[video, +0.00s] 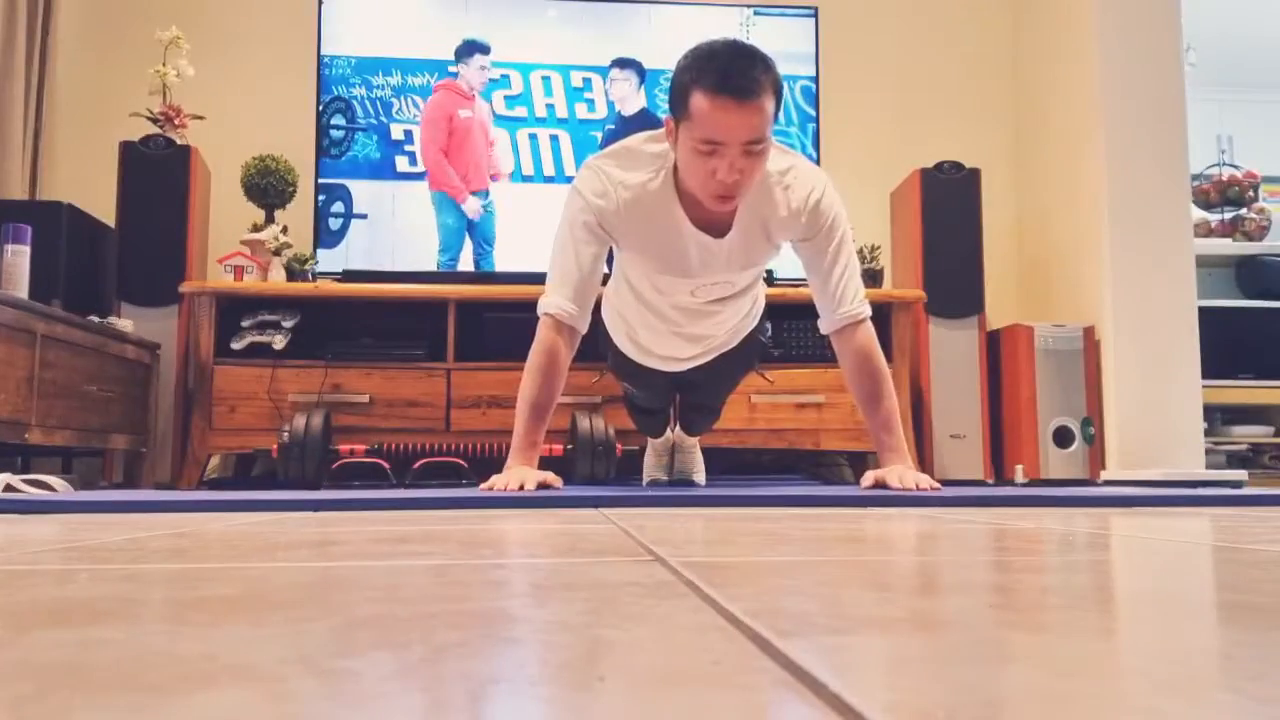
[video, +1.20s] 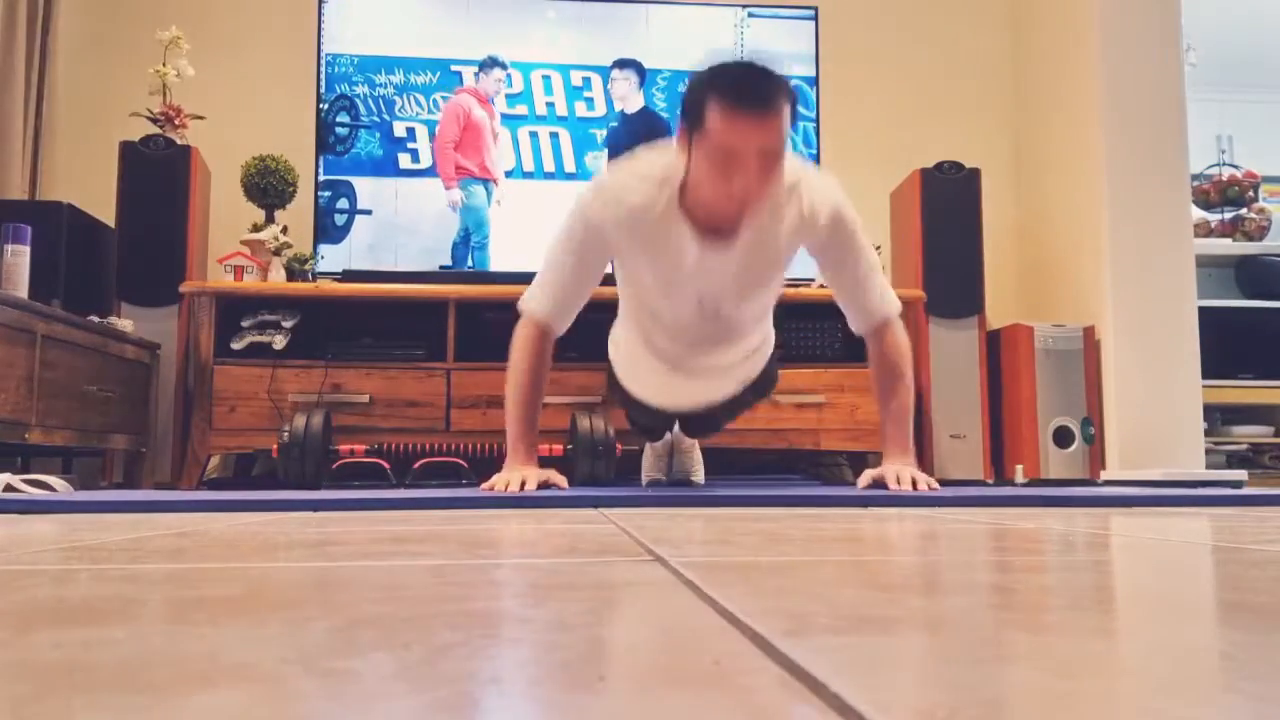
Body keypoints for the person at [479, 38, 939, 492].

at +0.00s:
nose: (731, 173)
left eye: (751, 150)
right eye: (710, 149)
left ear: (771, 135)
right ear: (671, 131)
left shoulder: (801, 194)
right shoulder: (606, 187)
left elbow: (850, 328)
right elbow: (557, 327)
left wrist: (895, 459)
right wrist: (520, 460)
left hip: (731, 334)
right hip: (638, 333)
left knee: (702, 410)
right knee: (649, 408)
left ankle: (687, 443)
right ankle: (657, 446)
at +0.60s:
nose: (732, 263)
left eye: (752, 241)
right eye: (712, 240)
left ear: (776, 218)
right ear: (673, 216)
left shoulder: (814, 244)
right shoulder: (607, 234)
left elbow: (906, 339)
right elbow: (507, 339)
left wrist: (903, 460)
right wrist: (513, 461)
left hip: (731, 385)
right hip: (635, 384)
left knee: (701, 428)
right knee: (650, 429)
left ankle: (686, 445)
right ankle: (661, 448)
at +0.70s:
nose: (734, 345)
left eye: (754, 323)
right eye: (714, 323)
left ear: (781, 296)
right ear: (674, 296)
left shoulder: (817, 293)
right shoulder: (612, 289)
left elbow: (928, 348)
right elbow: (496, 346)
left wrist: (906, 461)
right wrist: (513, 463)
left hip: (740, 428)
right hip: (634, 430)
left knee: (737, 562)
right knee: (625, 561)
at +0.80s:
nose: (735, 416)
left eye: (758, 393)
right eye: (716, 393)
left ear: (787, 361)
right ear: (676, 363)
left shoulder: (818, 342)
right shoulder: (615, 337)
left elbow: (935, 349)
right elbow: (493, 346)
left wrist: (905, 463)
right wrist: (513, 463)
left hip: (740, 476)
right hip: (622, 476)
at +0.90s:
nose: (743, 450)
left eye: (768, 431)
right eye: (722, 431)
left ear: (795, 392)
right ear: (679, 396)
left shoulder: (819, 365)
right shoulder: (627, 369)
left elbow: (926, 348)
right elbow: (503, 343)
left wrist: (905, 461)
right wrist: (514, 462)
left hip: (753, 486)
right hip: (641, 484)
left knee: (748, 599)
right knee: (644, 596)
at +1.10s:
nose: (745, 321)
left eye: (764, 299)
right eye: (725, 299)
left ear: (787, 282)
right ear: (684, 278)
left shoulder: (819, 289)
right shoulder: (619, 285)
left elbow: (915, 350)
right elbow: (504, 347)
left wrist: (901, 461)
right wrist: (516, 464)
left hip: (744, 432)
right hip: (641, 434)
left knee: (744, 557)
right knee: (636, 557)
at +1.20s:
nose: (745, 183)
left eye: (765, 161)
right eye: (726, 160)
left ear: (785, 153)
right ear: (686, 143)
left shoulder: (811, 200)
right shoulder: (619, 196)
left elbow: (884, 326)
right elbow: (537, 322)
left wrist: (899, 456)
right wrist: (519, 460)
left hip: (740, 376)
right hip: (643, 376)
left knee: (706, 421)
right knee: (652, 422)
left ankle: (685, 440)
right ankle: (656, 446)